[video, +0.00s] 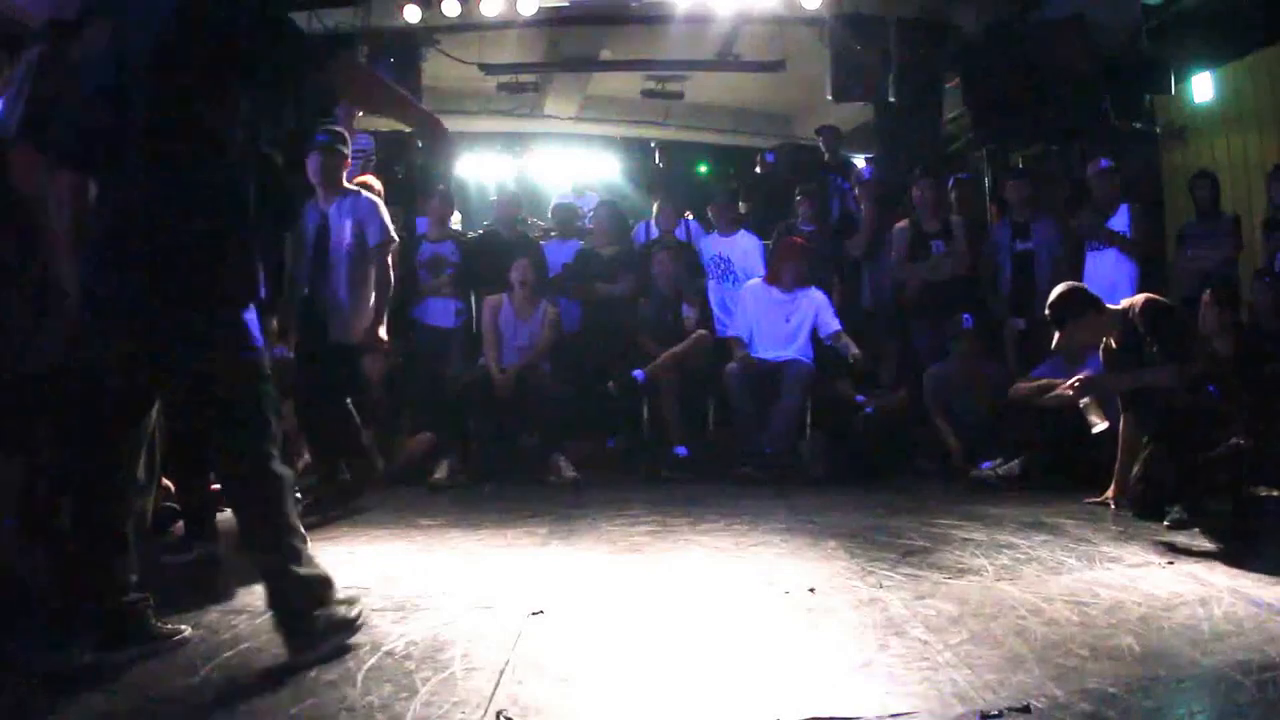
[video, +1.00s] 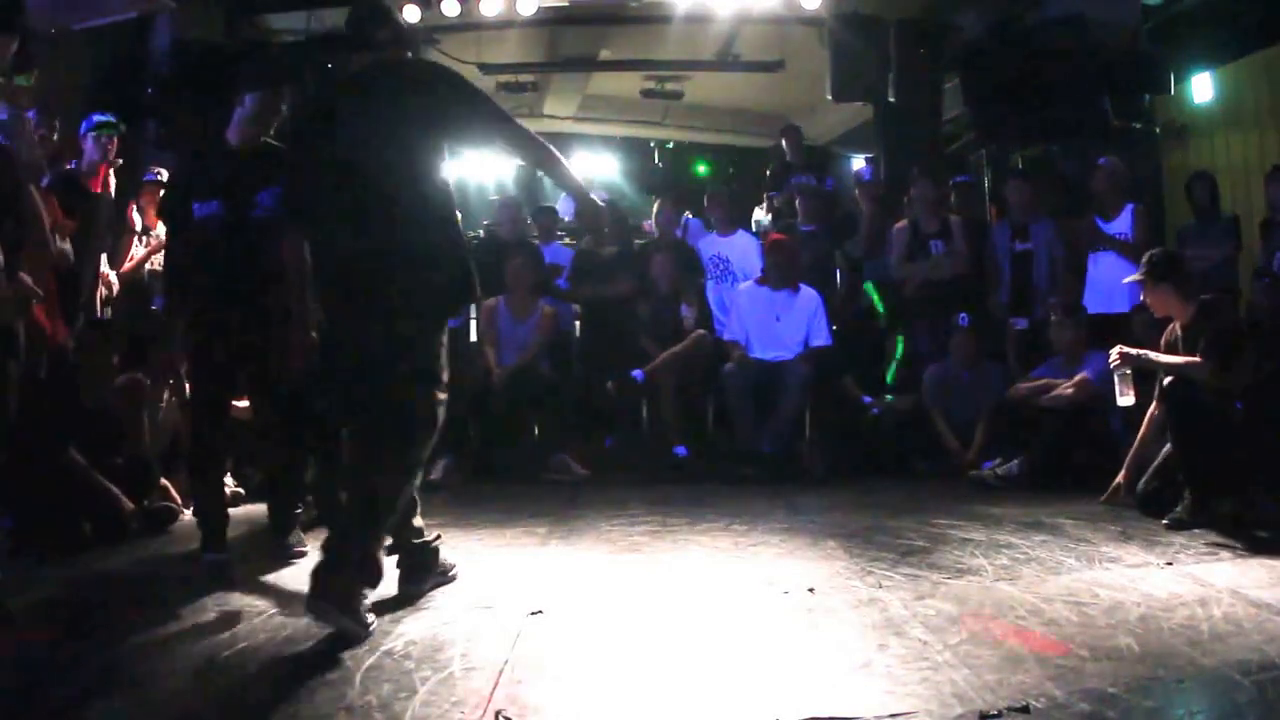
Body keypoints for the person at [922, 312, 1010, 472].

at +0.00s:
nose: (966, 347)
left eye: (971, 340)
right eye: (960, 341)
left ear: (978, 342)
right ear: (951, 343)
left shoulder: (992, 371)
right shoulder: (937, 376)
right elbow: (936, 414)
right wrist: (954, 445)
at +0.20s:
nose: (966, 344)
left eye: (970, 338)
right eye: (961, 338)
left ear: (978, 339)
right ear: (952, 339)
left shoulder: (990, 372)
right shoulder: (936, 375)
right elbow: (936, 414)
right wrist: (953, 444)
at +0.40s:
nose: (964, 345)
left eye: (969, 340)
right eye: (960, 340)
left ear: (978, 342)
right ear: (952, 341)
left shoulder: (990, 374)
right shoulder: (935, 375)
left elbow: (988, 415)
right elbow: (937, 415)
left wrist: (976, 451)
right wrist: (954, 448)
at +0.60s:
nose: (964, 346)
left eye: (969, 340)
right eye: (959, 340)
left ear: (976, 342)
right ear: (951, 341)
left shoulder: (989, 373)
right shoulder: (935, 374)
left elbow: (987, 414)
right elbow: (936, 415)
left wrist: (974, 451)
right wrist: (955, 450)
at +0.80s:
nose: (963, 348)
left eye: (968, 342)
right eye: (958, 342)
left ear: (976, 345)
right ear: (951, 344)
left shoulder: (989, 374)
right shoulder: (935, 376)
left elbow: (986, 415)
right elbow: (938, 417)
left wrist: (974, 453)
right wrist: (956, 451)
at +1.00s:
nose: (963, 351)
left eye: (968, 345)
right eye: (959, 345)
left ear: (975, 346)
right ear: (951, 346)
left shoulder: (988, 374)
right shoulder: (935, 375)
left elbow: (985, 416)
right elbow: (936, 415)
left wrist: (973, 453)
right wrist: (955, 448)